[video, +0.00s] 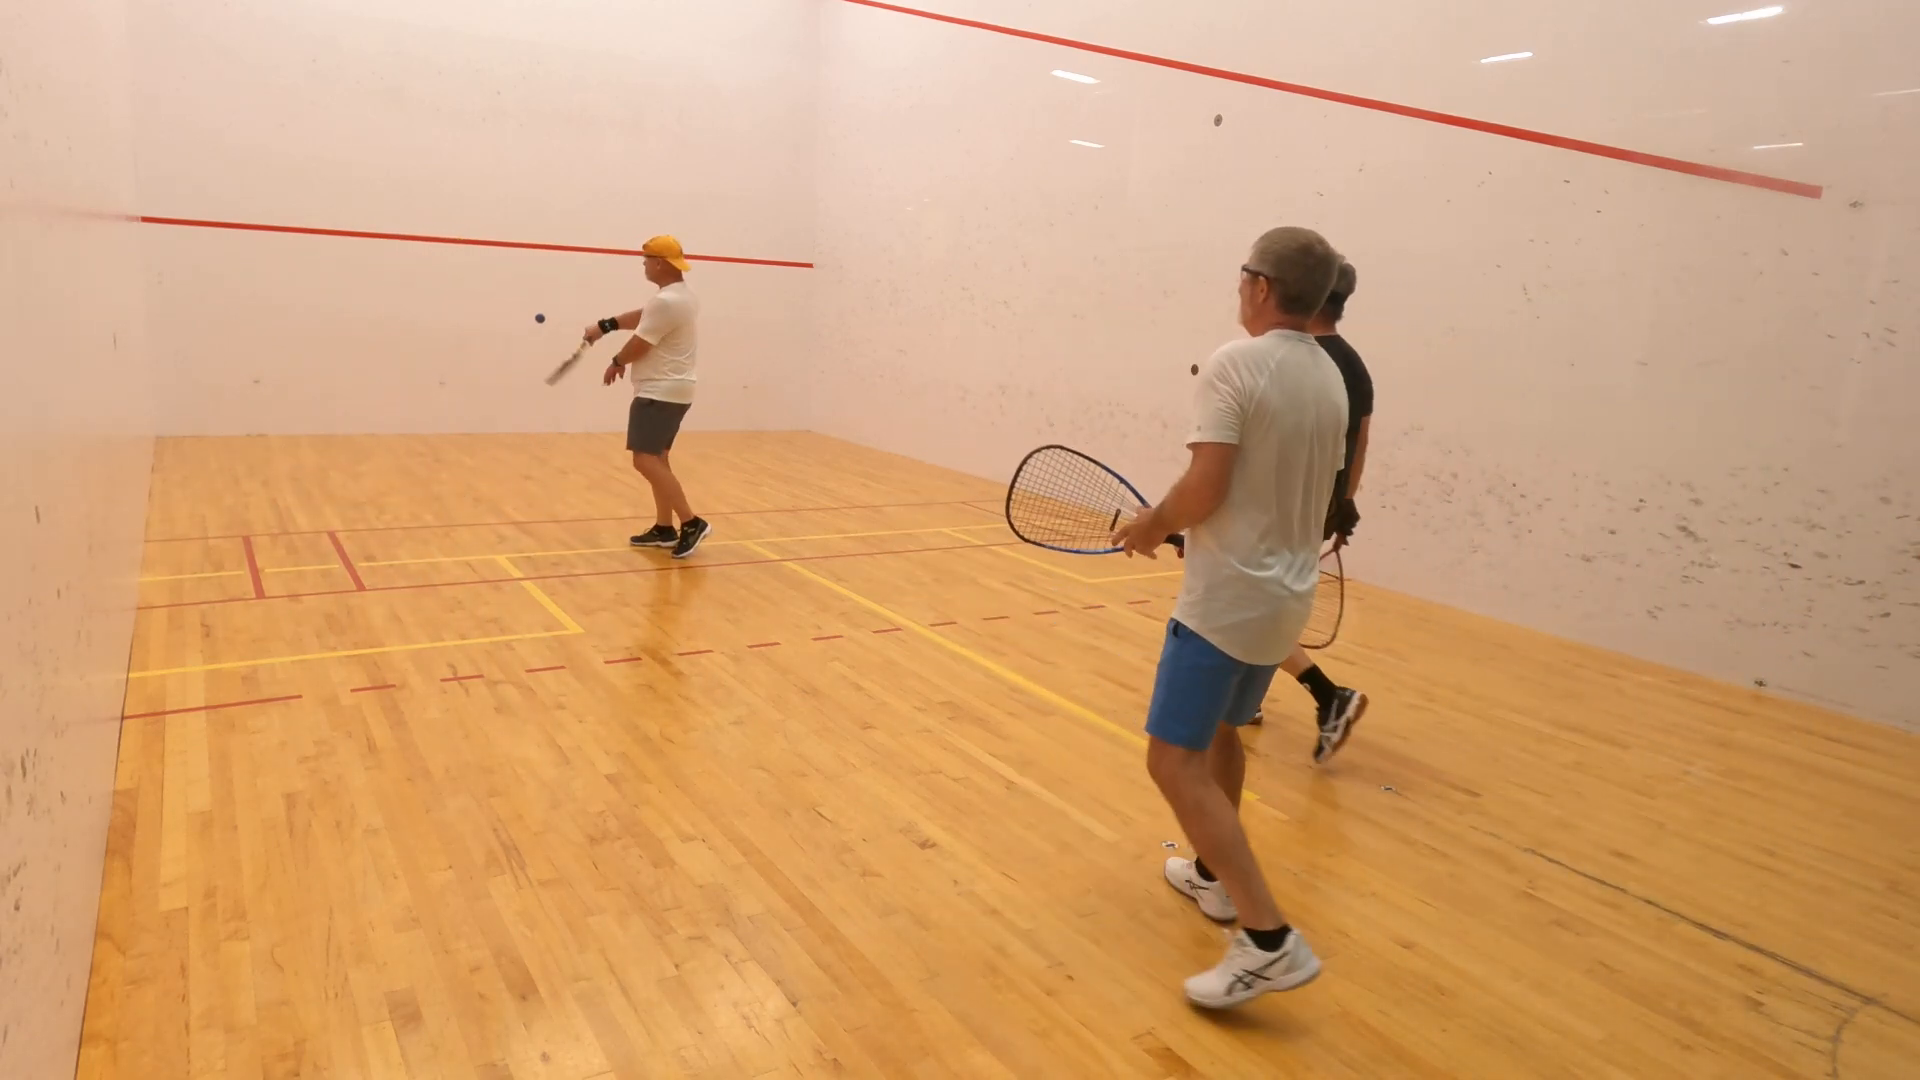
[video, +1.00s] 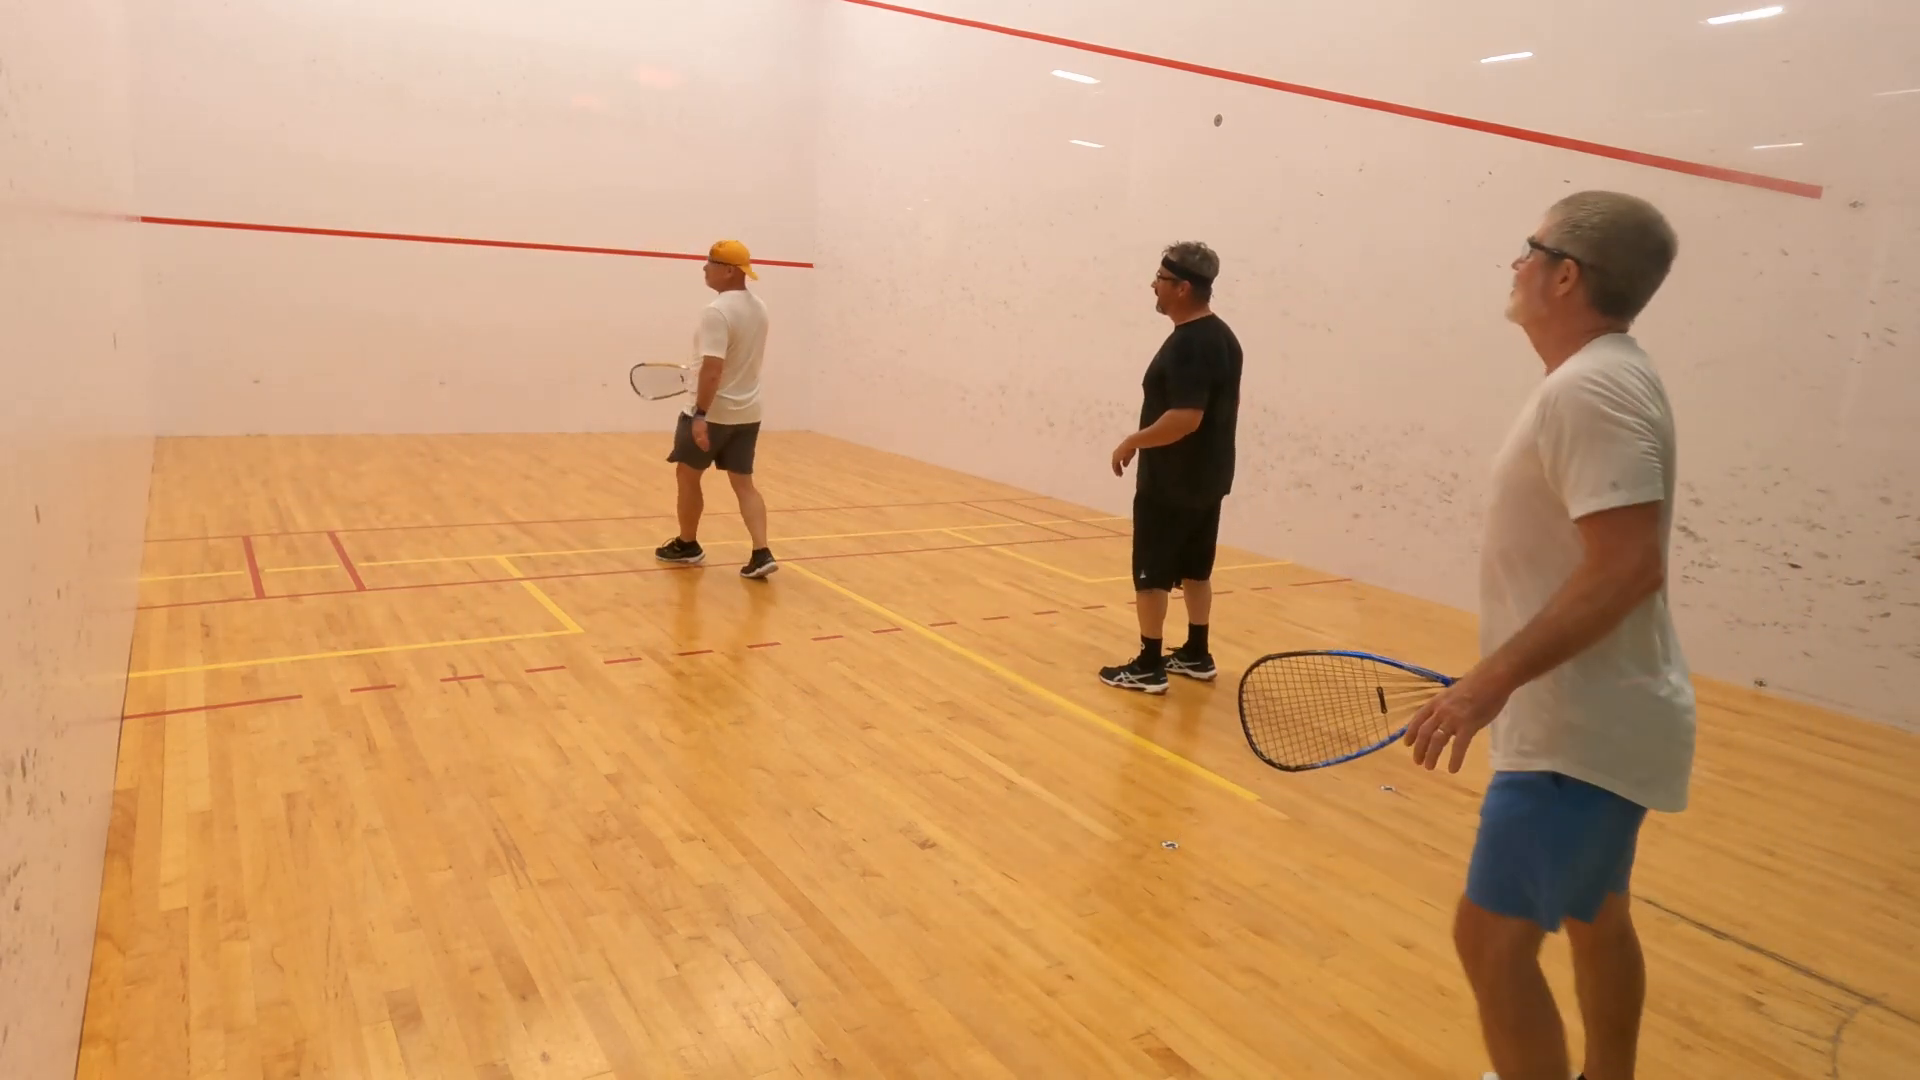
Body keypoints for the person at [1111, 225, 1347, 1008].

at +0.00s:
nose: (1238, 289)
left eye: (1244, 279)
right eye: (1243, 277)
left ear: (1260, 290)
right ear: (1316, 299)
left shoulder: (1236, 365)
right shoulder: (1331, 376)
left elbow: (1205, 489)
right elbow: (1314, 497)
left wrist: (1153, 522)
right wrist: (1185, 527)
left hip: (1225, 604)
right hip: (1286, 603)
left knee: (1172, 761)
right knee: (1226, 733)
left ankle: (1270, 939)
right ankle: (1212, 870)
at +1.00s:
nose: (1516, 263)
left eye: (1531, 251)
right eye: (1527, 248)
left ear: (1567, 279)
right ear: (1585, 284)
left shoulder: (1594, 386)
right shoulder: (1614, 377)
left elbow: (1627, 567)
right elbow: (1622, 566)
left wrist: (1482, 684)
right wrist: (1493, 680)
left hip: (1577, 728)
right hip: (1603, 724)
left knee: (1490, 938)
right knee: (1598, 913)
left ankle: (1545, 1075)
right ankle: (1607, 1074)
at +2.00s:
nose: (1386, 244)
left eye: (1409, 216)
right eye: (1399, 215)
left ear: (1475, 241)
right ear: (1477, 245)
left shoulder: (1628, 434)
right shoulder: (1385, 438)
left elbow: (1858, 635)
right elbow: (1350, 617)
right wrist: (1207, 705)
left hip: (1444, 1018)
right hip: (1257, 961)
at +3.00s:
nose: (1427, 145)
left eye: (1466, 123)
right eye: (1454, 117)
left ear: (1535, 187)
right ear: (1529, 189)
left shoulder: (1570, 427)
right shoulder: (1356, 360)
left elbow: (1341, 742)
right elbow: (1160, 376)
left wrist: (1038, 712)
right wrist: (1001, 338)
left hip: (1418, 1048)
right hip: (1267, 989)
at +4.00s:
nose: (1641, 350)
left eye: (1652, 334)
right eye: (1649, 332)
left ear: (1691, 355)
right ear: (1770, 371)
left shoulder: (1627, 478)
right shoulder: (1816, 492)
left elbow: (1554, 663)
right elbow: (1899, 656)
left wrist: (1522, 736)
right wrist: (1835, 735)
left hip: (1623, 834)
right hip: (1771, 836)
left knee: (1502, 1037)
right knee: (1798, 984)